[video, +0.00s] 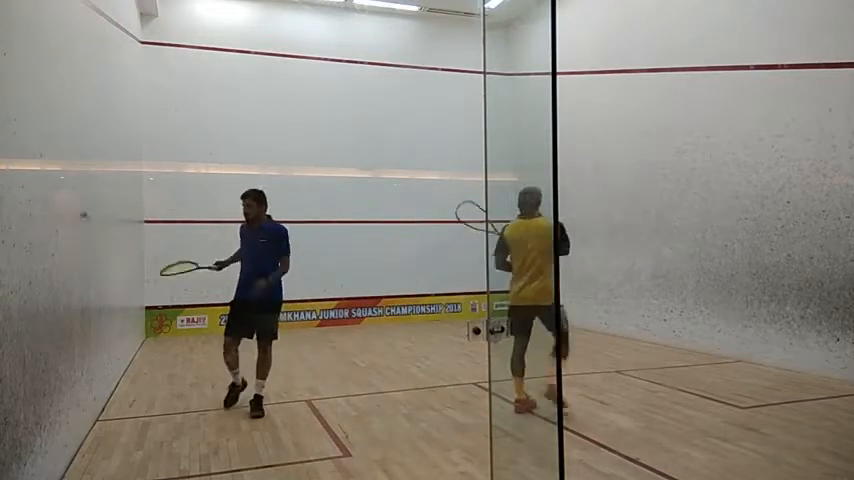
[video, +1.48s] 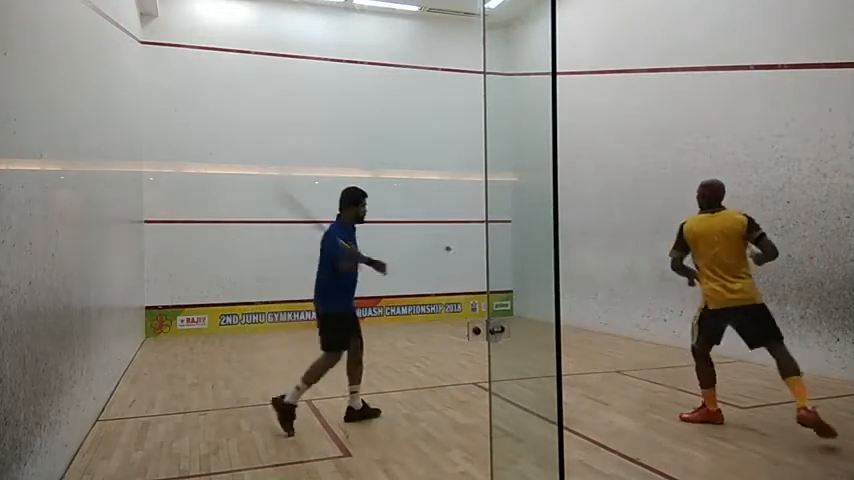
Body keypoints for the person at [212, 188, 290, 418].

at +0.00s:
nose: (245, 210)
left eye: (249, 206)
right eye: (244, 206)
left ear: (263, 207)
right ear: (244, 207)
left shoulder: (278, 231)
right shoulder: (245, 230)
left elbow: (285, 265)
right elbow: (245, 252)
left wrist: (270, 279)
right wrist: (226, 263)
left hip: (269, 297)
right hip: (244, 294)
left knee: (264, 346)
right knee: (229, 345)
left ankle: (257, 396)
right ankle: (237, 382)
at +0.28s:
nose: (269, 206)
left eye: (275, 203)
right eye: (267, 202)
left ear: (283, 207)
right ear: (262, 204)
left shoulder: (289, 234)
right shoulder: (249, 227)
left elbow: (282, 262)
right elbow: (236, 255)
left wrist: (268, 239)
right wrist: (214, 277)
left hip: (270, 301)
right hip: (244, 299)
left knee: (266, 349)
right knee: (242, 348)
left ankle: (258, 400)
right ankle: (240, 402)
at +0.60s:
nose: (279, 207)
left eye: (283, 203)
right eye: (274, 203)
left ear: (287, 207)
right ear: (265, 205)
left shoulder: (293, 236)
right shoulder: (250, 232)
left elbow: (296, 271)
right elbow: (224, 258)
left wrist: (294, 268)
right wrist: (187, 258)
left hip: (280, 305)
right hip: (255, 304)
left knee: (272, 356)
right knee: (260, 357)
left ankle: (258, 398)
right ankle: (266, 417)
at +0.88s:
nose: (295, 202)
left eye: (296, 198)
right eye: (290, 198)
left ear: (296, 201)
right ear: (275, 202)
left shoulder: (302, 231)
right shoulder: (258, 230)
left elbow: (311, 265)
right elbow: (230, 254)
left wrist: (330, 296)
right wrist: (209, 244)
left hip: (296, 306)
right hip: (267, 307)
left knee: (308, 350)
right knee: (264, 357)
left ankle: (279, 393)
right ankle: (264, 416)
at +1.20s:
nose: (327, 206)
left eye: (327, 201)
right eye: (323, 201)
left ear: (316, 204)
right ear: (307, 203)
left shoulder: (324, 232)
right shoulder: (288, 230)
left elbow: (344, 262)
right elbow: (263, 254)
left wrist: (374, 276)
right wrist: (258, 241)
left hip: (312, 304)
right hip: (288, 306)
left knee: (331, 348)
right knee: (281, 358)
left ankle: (348, 405)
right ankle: (268, 416)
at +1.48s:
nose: (365, 211)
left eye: (365, 206)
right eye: (362, 206)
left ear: (348, 207)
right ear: (351, 207)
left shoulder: (348, 232)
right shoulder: (335, 235)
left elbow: (351, 256)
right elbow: (343, 262)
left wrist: (369, 262)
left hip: (344, 304)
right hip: (330, 305)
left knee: (355, 348)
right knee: (333, 354)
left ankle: (355, 406)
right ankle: (288, 402)